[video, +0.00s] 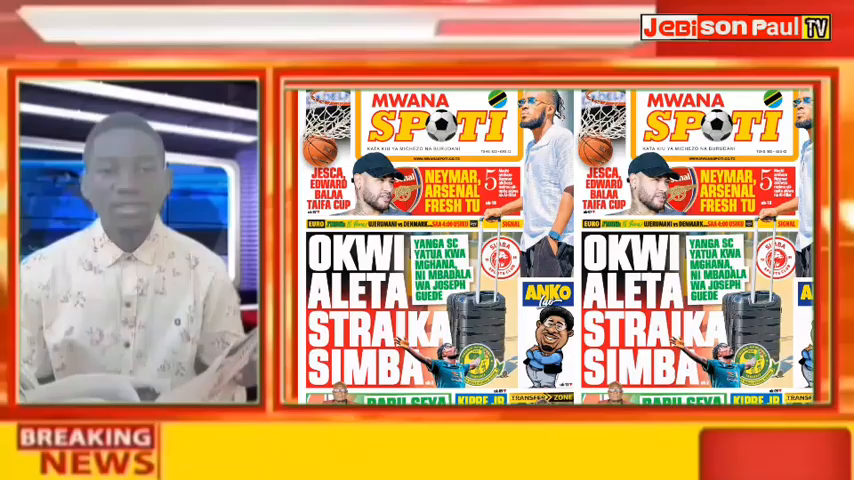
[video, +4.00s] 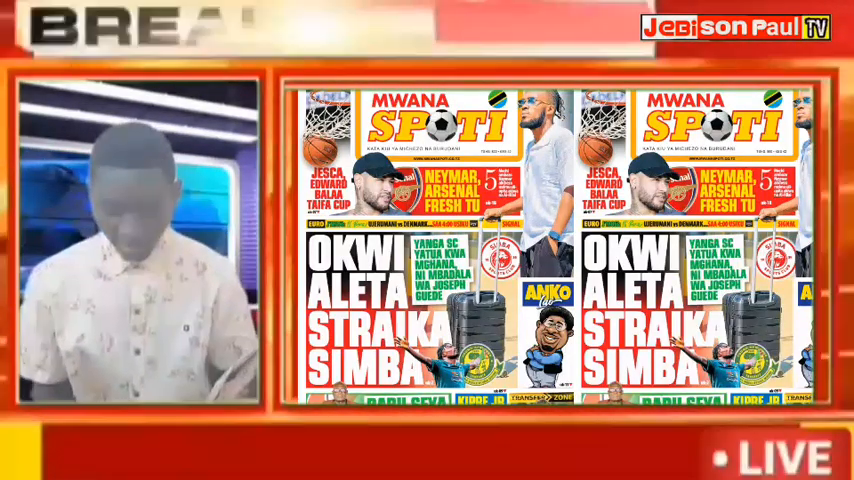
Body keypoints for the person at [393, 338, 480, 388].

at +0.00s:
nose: (453, 348)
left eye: (453, 347)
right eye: (449, 348)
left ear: (456, 352)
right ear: (443, 354)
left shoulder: (462, 367)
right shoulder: (439, 365)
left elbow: (474, 365)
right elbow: (423, 359)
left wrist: (478, 360)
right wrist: (408, 348)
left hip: (461, 402)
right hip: (445, 403)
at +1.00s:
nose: (453, 348)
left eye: (453, 347)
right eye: (449, 348)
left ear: (456, 352)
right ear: (443, 354)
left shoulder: (462, 367)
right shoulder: (439, 365)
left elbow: (474, 365)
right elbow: (423, 359)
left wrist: (478, 360)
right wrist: (408, 348)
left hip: (461, 403)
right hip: (445, 403)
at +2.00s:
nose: (453, 348)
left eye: (453, 347)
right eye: (449, 347)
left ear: (456, 352)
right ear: (443, 354)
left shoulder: (462, 367)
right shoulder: (439, 365)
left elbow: (474, 365)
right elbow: (423, 359)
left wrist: (478, 360)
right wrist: (408, 348)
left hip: (461, 402)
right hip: (445, 403)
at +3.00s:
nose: (453, 348)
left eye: (453, 347)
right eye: (449, 348)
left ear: (456, 352)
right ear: (443, 354)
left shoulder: (462, 367)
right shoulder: (439, 365)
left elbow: (474, 365)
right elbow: (423, 359)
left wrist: (478, 360)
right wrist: (407, 348)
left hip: (461, 403)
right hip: (444, 403)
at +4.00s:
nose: (453, 348)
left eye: (453, 347)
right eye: (449, 347)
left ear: (455, 351)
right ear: (443, 354)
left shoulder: (462, 367)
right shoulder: (439, 365)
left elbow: (474, 365)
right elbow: (423, 359)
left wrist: (478, 361)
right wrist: (408, 348)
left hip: (461, 402)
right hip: (444, 403)